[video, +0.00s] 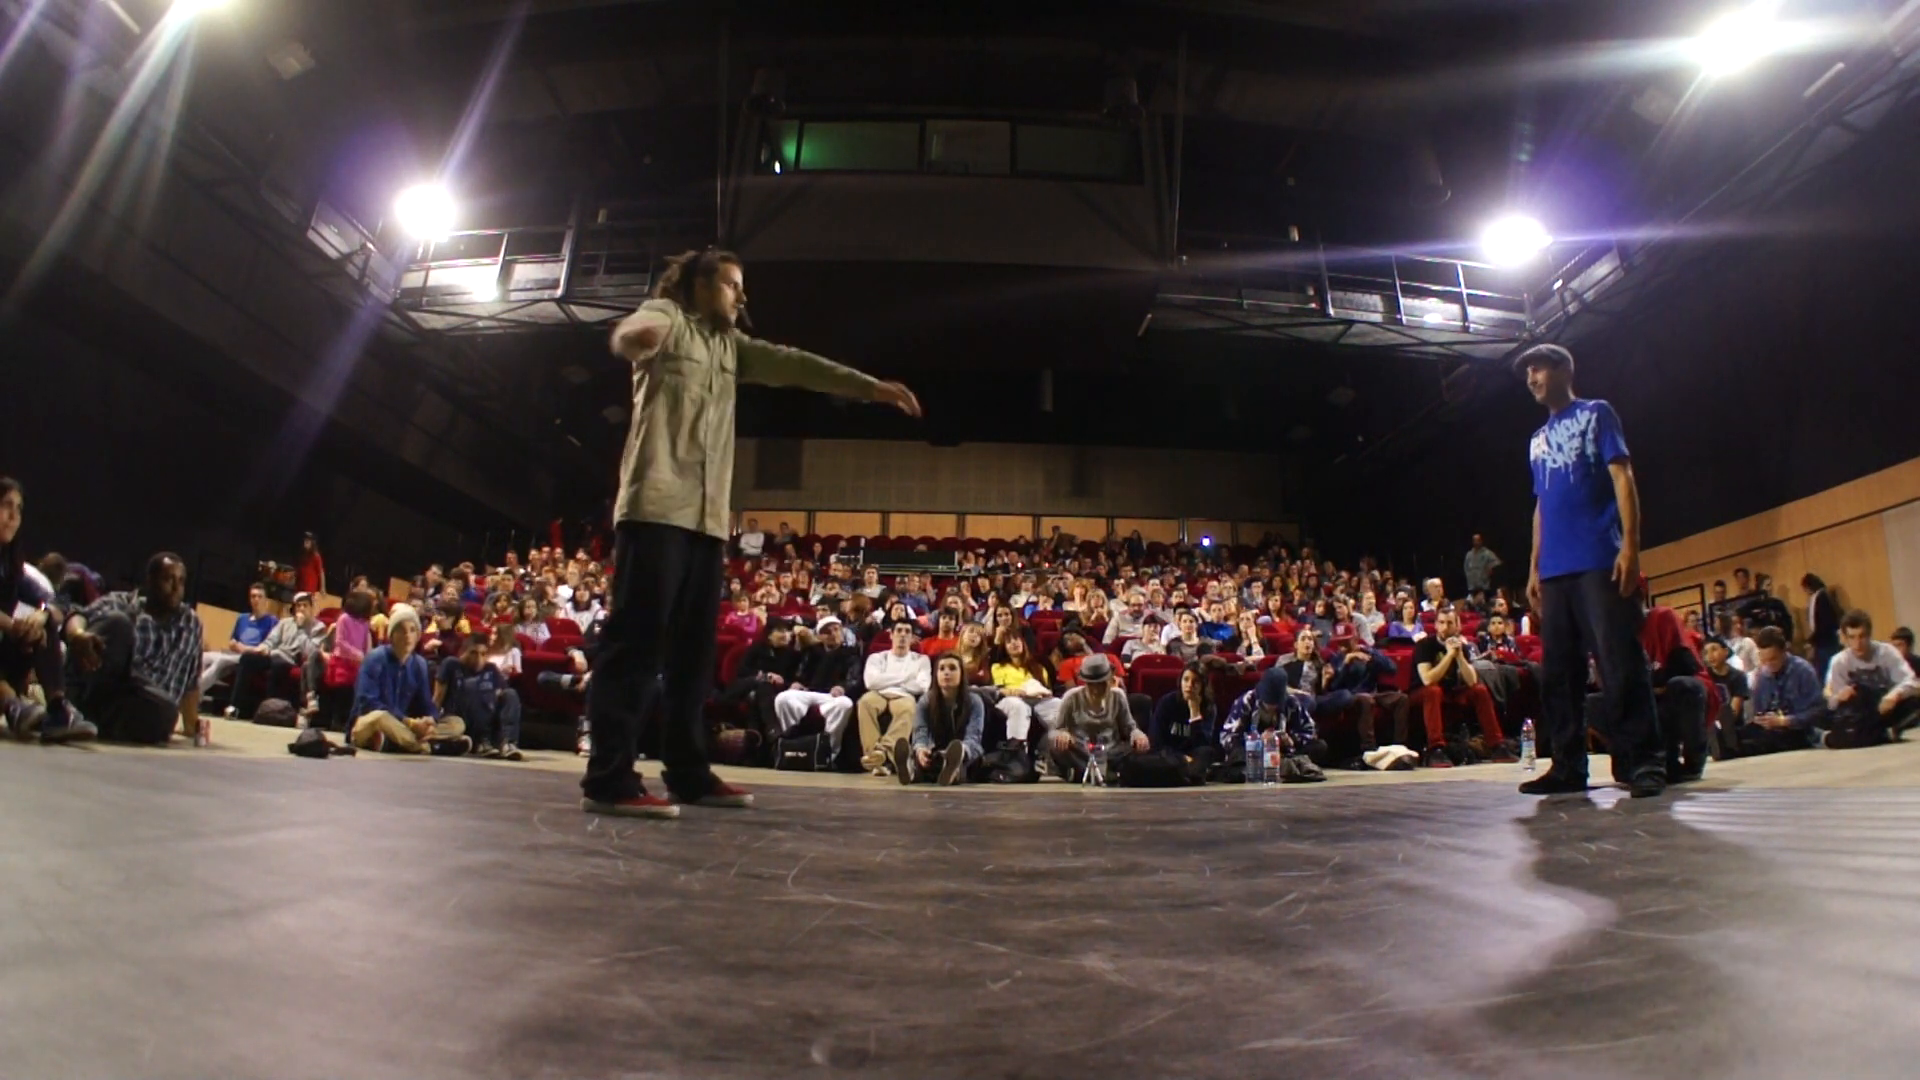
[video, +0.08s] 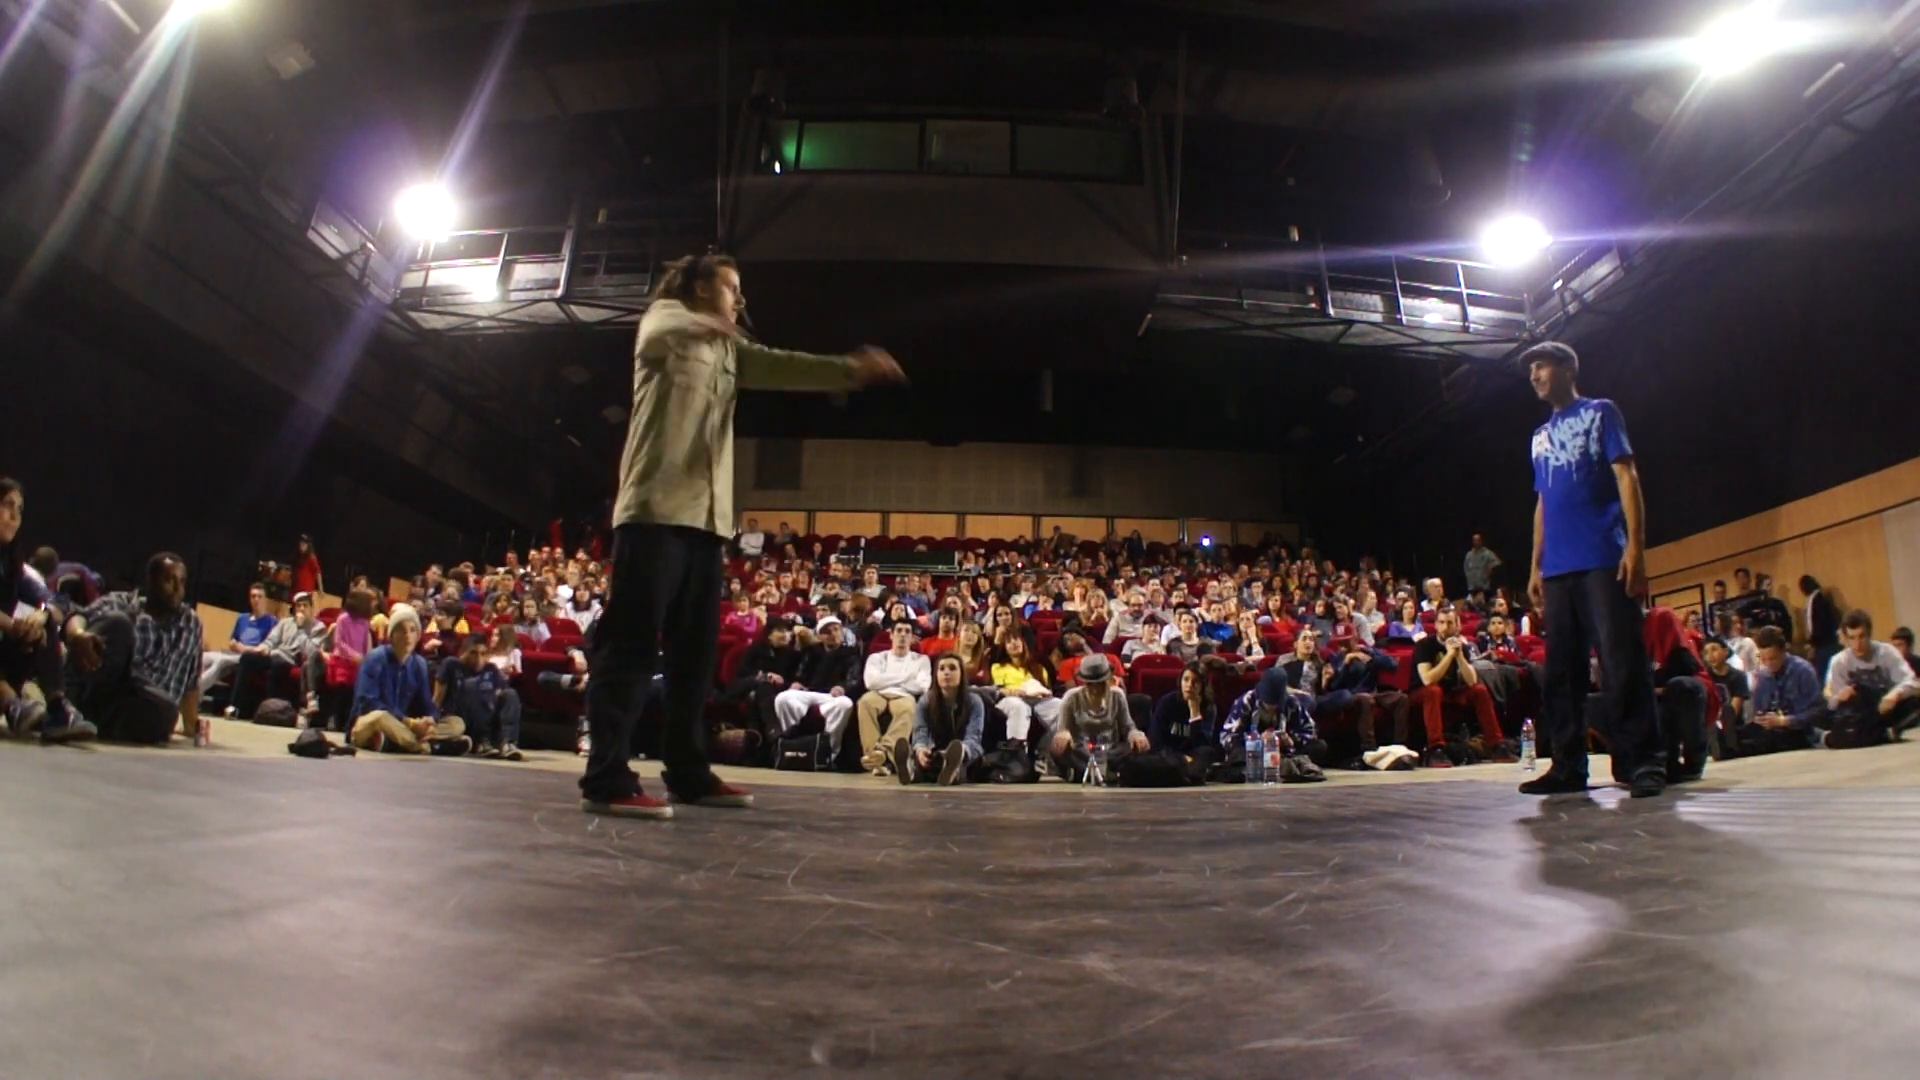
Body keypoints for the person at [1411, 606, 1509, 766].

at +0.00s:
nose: (1445, 627)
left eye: (1450, 623)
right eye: (1441, 623)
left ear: (1457, 625)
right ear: (1436, 625)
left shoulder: (1462, 646)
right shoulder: (1424, 646)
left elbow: (1472, 681)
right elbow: (1427, 678)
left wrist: (1459, 654)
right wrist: (1450, 655)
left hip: (1455, 691)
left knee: (1480, 691)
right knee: (1433, 691)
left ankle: (1497, 745)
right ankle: (1436, 748)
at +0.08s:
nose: (1445, 627)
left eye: (1450, 623)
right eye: (1441, 623)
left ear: (1457, 625)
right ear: (1436, 625)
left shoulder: (1463, 646)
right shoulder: (1424, 646)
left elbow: (1472, 681)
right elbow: (1427, 678)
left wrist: (1459, 654)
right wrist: (1450, 654)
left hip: (1455, 691)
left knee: (1480, 691)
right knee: (1433, 691)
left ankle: (1497, 745)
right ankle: (1436, 749)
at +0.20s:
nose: (1445, 627)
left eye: (1450, 623)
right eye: (1441, 623)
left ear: (1457, 625)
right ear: (1436, 625)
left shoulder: (1463, 646)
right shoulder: (1424, 646)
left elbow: (1472, 681)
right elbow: (1427, 678)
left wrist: (1459, 654)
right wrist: (1450, 655)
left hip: (1455, 691)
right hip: (1429, 692)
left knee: (1480, 691)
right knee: (1433, 691)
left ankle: (1497, 745)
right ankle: (1436, 749)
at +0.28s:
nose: (1445, 627)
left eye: (1450, 623)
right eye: (1441, 623)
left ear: (1457, 625)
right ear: (1436, 625)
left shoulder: (1462, 646)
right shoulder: (1425, 645)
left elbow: (1472, 681)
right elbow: (1427, 678)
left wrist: (1459, 654)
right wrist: (1450, 655)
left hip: (1455, 692)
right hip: (1429, 693)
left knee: (1480, 691)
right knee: (1433, 691)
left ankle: (1497, 745)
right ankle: (1437, 749)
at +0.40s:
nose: (1446, 628)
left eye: (1450, 623)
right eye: (1441, 623)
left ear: (1458, 626)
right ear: (1436, 625)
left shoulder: (1463, 646)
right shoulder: (1424, 645)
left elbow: (1472, 681)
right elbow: (1427, 679)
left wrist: (1459, 654)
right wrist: (1449, 655)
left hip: (1454, 691)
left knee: (1480, 691)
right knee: (1433, 691)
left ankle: (1497, 745)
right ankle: (1436, 749)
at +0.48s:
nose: (1446, 628)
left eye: (1450, 623)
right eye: (1442, 623)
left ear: (1458, 626)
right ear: (1436, 625)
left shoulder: (1463, 646)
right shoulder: (1424, 646)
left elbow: (1472, 681)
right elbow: (1427, 678)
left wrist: (1459, 654)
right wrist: (1450, 654)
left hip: (1454, 692)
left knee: (1480, 691)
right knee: (1433, 691)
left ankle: (1497, 745)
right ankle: (1436, 749)